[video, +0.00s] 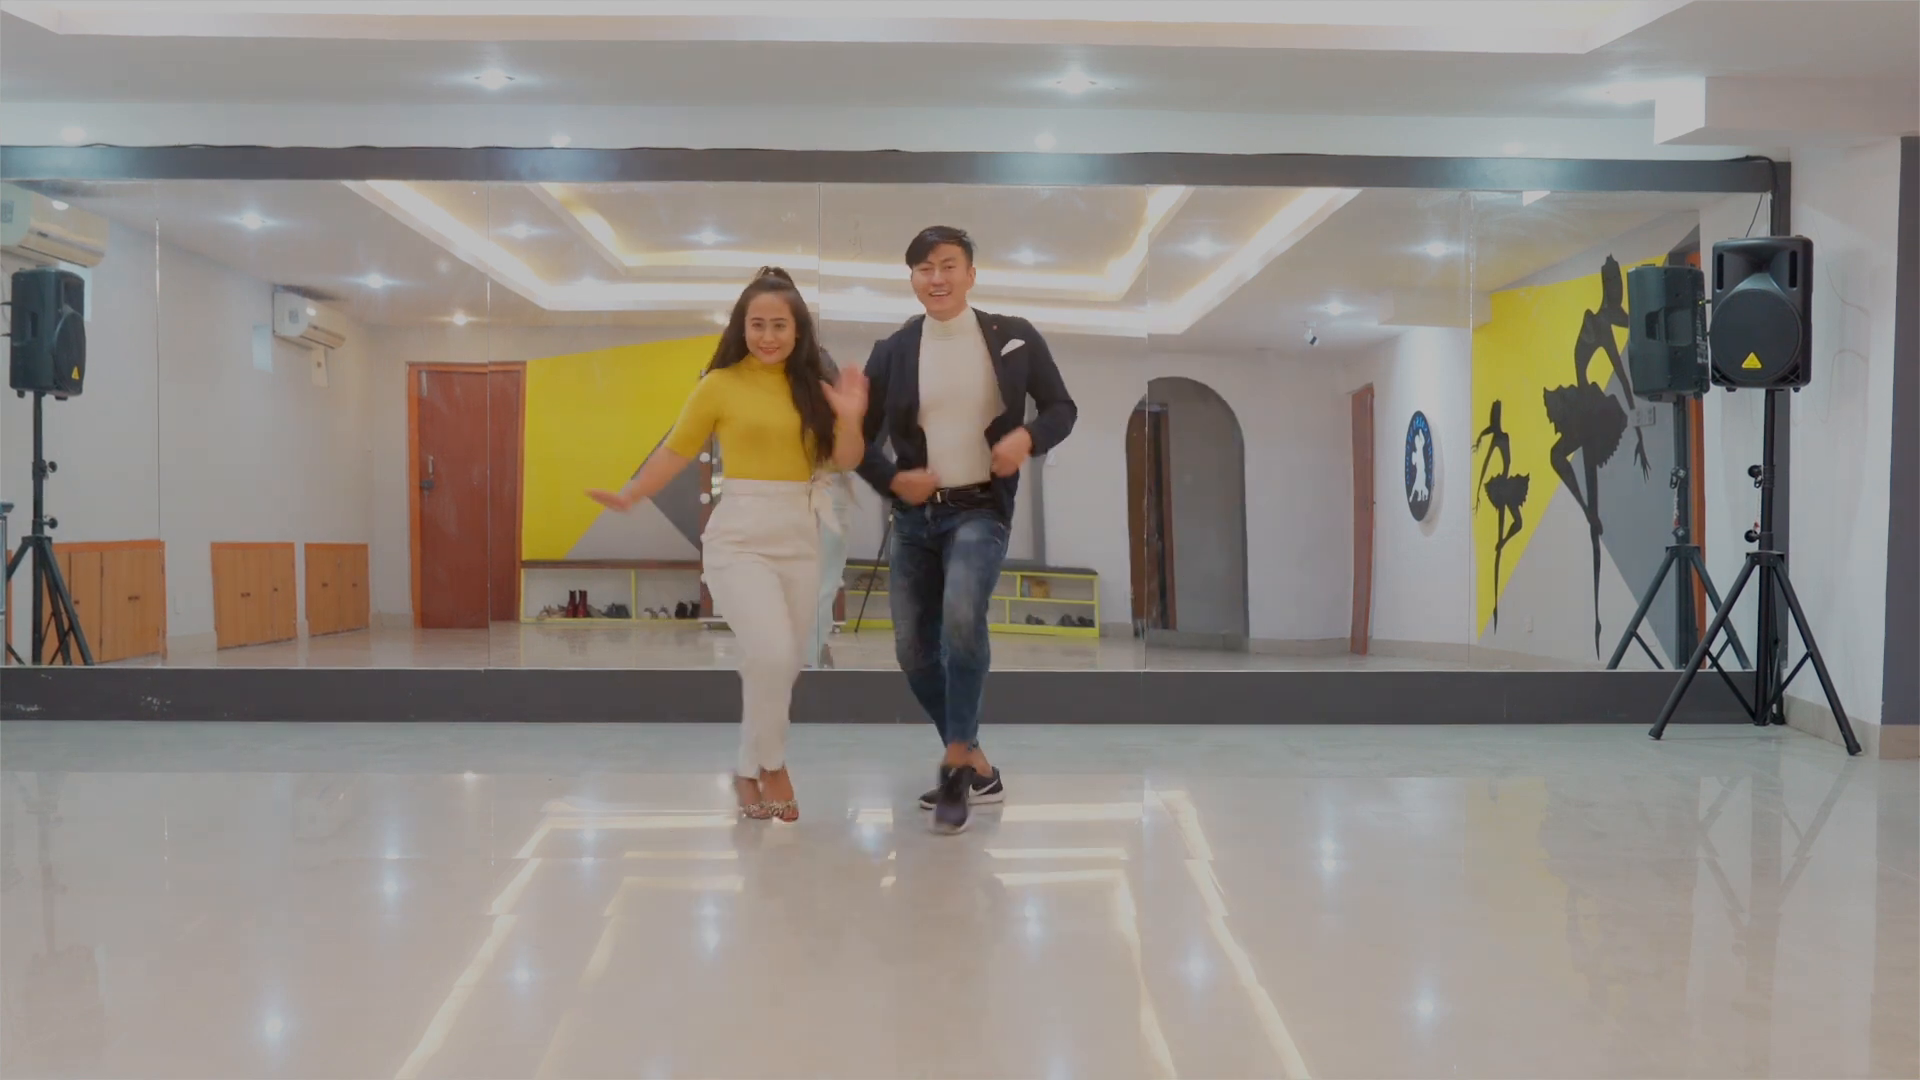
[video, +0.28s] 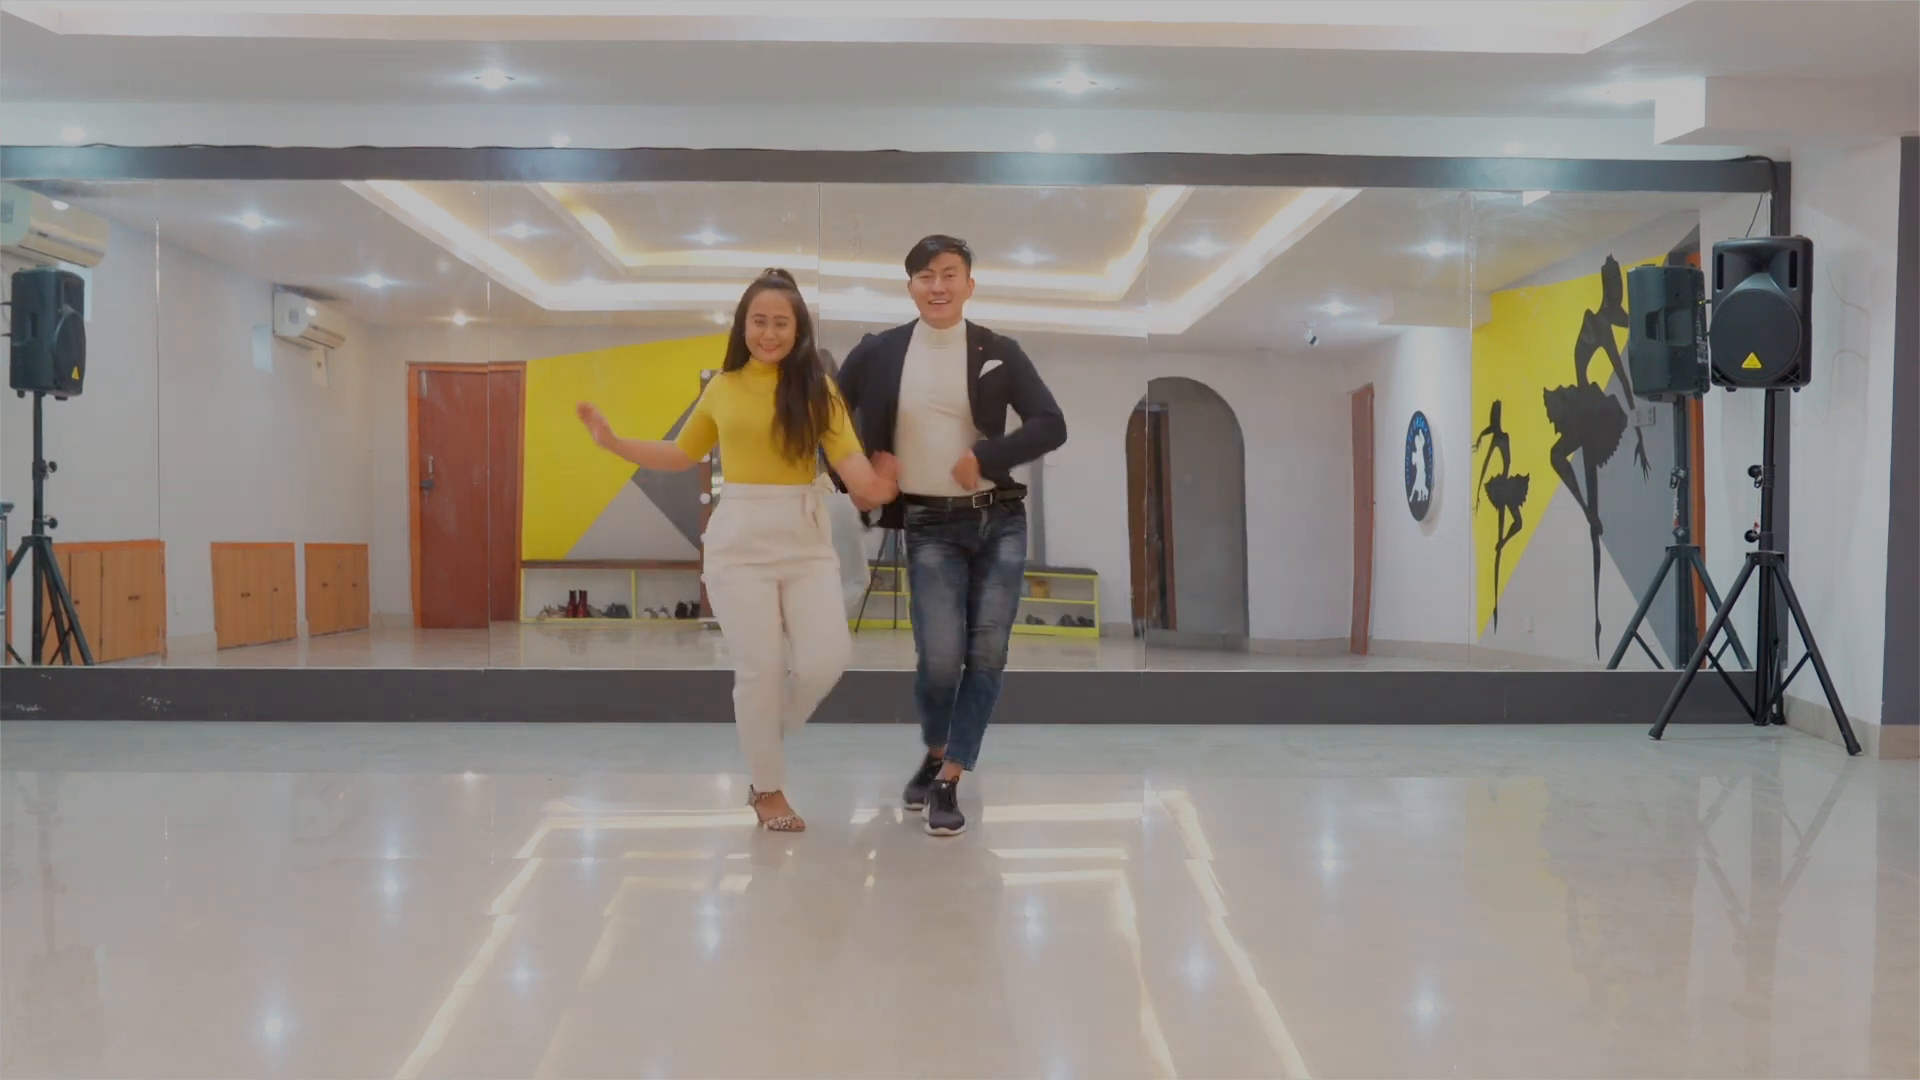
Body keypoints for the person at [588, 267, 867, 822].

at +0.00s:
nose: (768, 335)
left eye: (780, 324)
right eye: (757, 324)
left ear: (799, 328)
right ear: (742, 327)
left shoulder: (814, 387)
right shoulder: (720, 385)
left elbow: (846, 461)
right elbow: (676, 450)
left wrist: (849, 418)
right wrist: (630, 496)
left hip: (801, 539)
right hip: (736, 536)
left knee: (789, 660)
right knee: (770, 652)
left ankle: (749, 769)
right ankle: (774, 768)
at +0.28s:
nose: (769, 332)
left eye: (781, 321)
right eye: (758, 320)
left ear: (799, 328)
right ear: (742, 325)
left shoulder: (817, 387)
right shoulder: (723, 388)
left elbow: (855, 471)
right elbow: (683, 454)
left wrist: (876, 485)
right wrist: (614, 442)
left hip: (807, 537)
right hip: (739, 538)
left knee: (826, 659)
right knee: (761, 666)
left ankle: (764, 737)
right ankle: (768, 791)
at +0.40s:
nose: (770, 313)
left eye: (782, 306)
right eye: (759, 305)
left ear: (798, 320)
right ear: (741, 316)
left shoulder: (816, 383)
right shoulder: (718, 382)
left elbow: (850, 458)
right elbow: (675, 452)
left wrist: (897, 489)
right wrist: (632, 413)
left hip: (804, 529)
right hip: (739, 533)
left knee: (763, 642)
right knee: (751, 667)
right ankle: (791, 786)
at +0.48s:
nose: (767, 313)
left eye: (778, 306)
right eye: (757, 305)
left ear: (796, 322)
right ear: (740, 318)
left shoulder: (812, 382)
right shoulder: (716, 383)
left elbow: (836, 460)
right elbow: (675, 451)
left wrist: (895, 481)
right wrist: (651, 409)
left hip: (800, 530)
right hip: (742, 535)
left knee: (720, 630)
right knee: (758, 665)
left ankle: (823, 662)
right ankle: (813, 785)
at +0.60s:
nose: (761, 316)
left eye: (774, 310)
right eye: (752, 308)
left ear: (791, 328)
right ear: (735, 322)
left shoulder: (804, 389)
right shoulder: (712, 386)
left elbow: (837, 466)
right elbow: (673, 452)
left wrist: (899, 461)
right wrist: (652, 431)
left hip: (791, 535)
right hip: (738, 538)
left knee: (709, 644)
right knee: (770, 684)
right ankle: (825, 786)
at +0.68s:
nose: (758, 317)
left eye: (771, 311)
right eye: (749, 309)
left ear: (788, 328)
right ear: (732, 323)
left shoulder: (802, 389)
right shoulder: (707, 385)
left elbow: (837, 466)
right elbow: (662, 455)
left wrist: (884, 439)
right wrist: (624, 447)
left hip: (787, 540)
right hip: (727, 541)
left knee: (726, 665)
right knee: (760, 678)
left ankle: (733, 797)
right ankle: (818, 787)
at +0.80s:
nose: (752, 316)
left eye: (765, 310)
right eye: (743, 308)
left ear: (783, 328)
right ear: (726, 321)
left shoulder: (789, 387)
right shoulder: (699, 387)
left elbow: (807, 464)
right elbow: (660, 456)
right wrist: (587, 474)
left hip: (776, 541)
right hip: (711, 541)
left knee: (752, 671)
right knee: (702, 679)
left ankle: (748, 798)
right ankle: (778, 766)